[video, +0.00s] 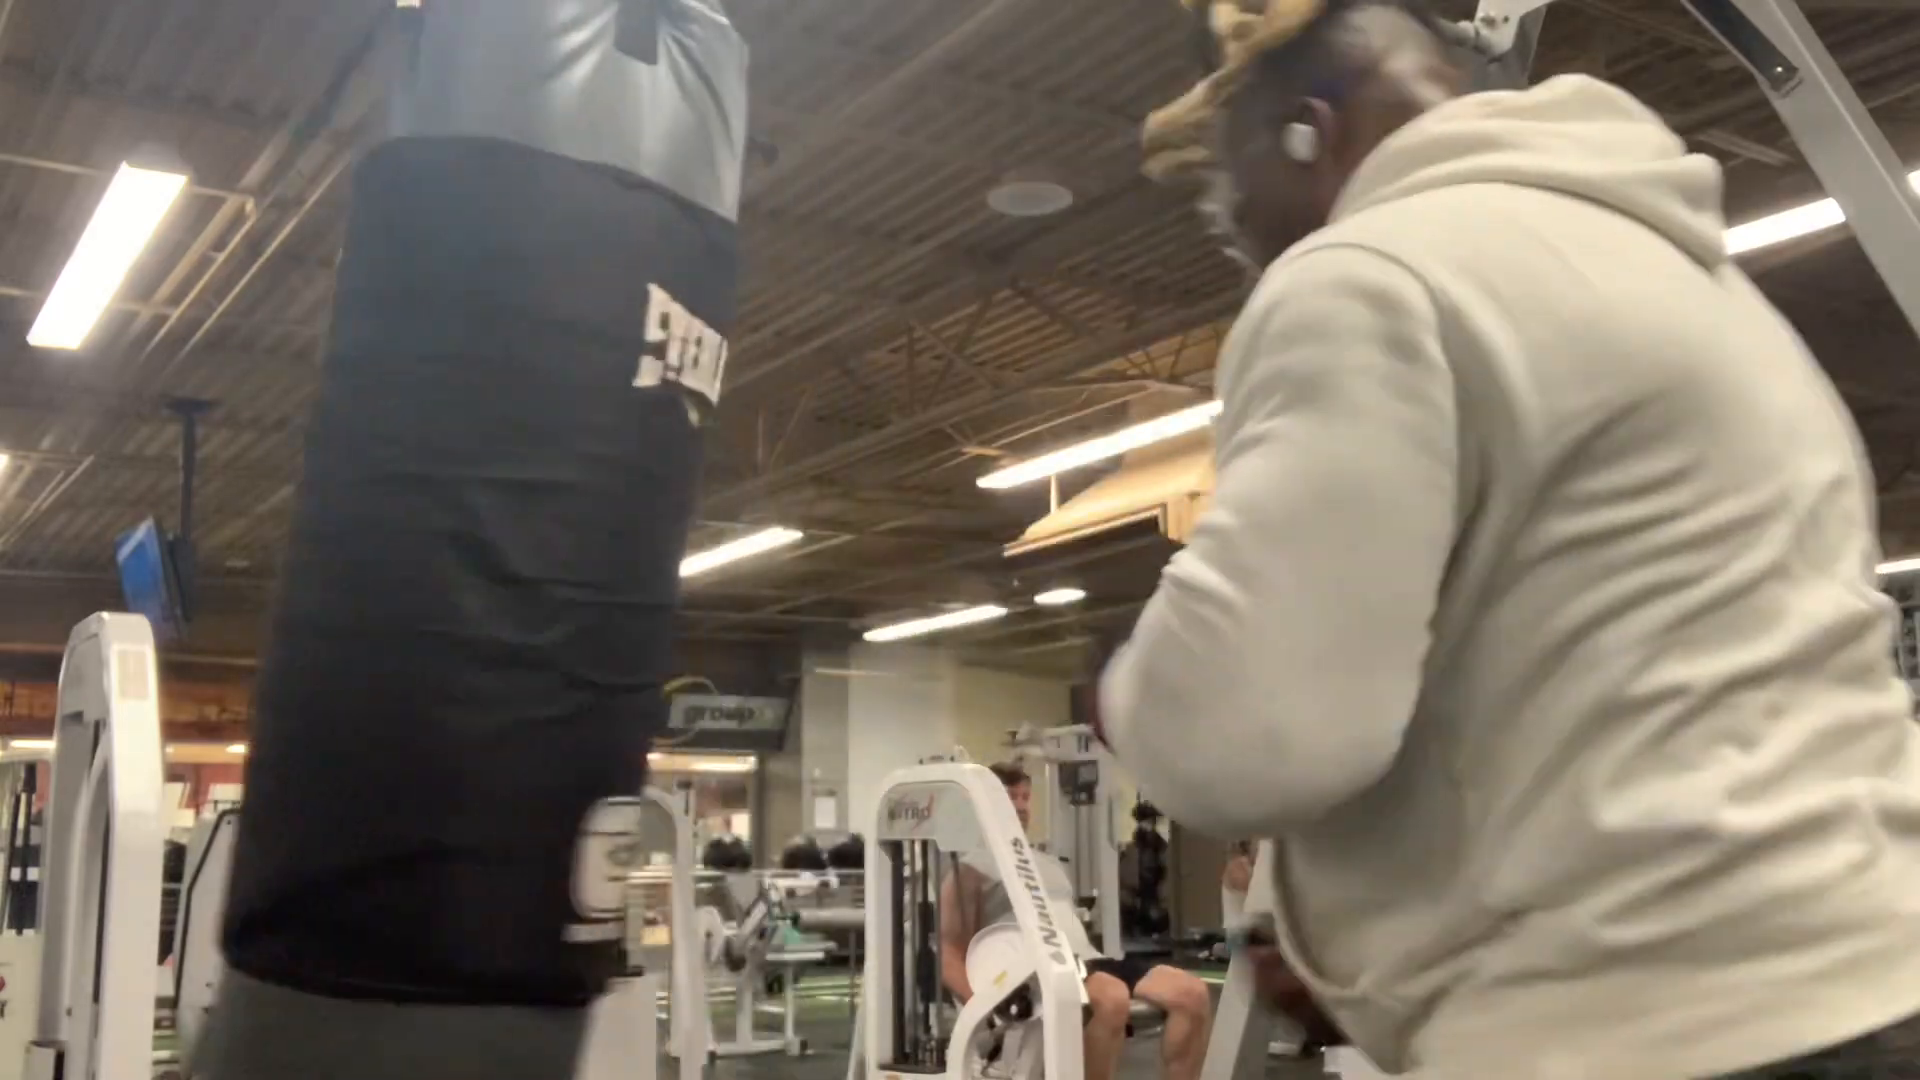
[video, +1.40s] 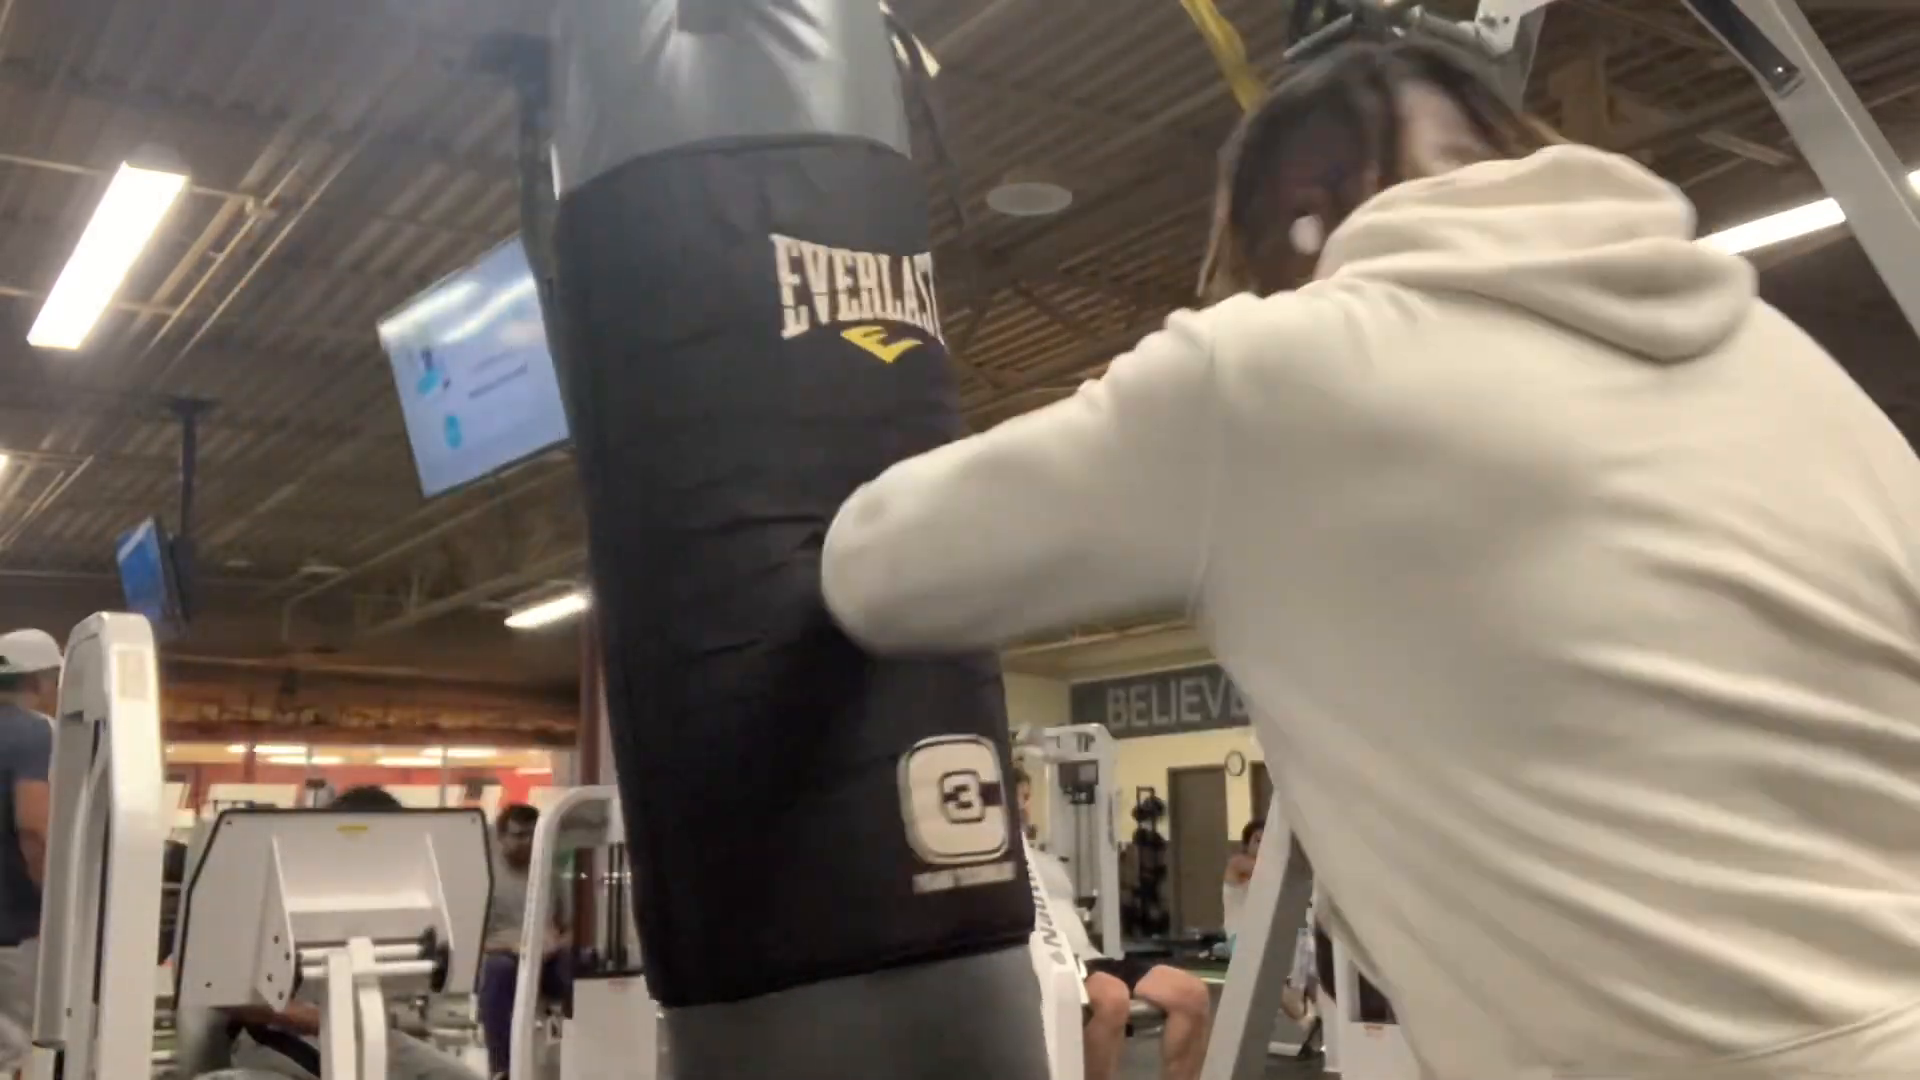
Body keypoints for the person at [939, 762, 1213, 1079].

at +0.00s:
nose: (1021, 807)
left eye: (1025, 799)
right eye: (1011, 799)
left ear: (1030, 803)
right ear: (990, 804)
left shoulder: (1037, 860)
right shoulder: (967, 873)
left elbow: (1058, 927)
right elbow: (952, 965)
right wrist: (989, 1009)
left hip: (1072, 960)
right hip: (1019, 972)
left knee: (1191, 994)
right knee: (1112, 997)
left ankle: (1180, 1073)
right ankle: (1096, 1074)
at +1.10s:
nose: (1020, 806)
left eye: (1024, 798)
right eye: (1010, 798)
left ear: (1030, 802)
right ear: (988, 803)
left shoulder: (1038, 860)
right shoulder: (966, 874)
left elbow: (1058, 925)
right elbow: (952, 960)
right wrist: (985, 1006)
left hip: (1075, 961)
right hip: (1020, 973)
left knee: (1191, 994)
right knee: (1112, 996)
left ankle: (1180, 1075)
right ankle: (1096, 1075)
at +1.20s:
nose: (1019, 806)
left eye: (1024, 797)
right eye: (1010, 797)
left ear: (1031, 801)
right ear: (992, 804)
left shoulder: (1044, 858)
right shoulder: (989, 860)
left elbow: (1067, 912)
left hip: (1083, 957)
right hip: (1037, 965)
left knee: (1192, 995)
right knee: (1112, 999)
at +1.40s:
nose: (1023, 806)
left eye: (1026, 798)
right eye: (1016, 799)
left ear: (1031, 801)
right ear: (999, 804)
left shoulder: (1041, 856)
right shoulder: (994, 857)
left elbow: (1064, 907)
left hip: (1085, 956)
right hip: (1044, 965)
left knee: (1192, 994)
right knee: (1112, 1000)